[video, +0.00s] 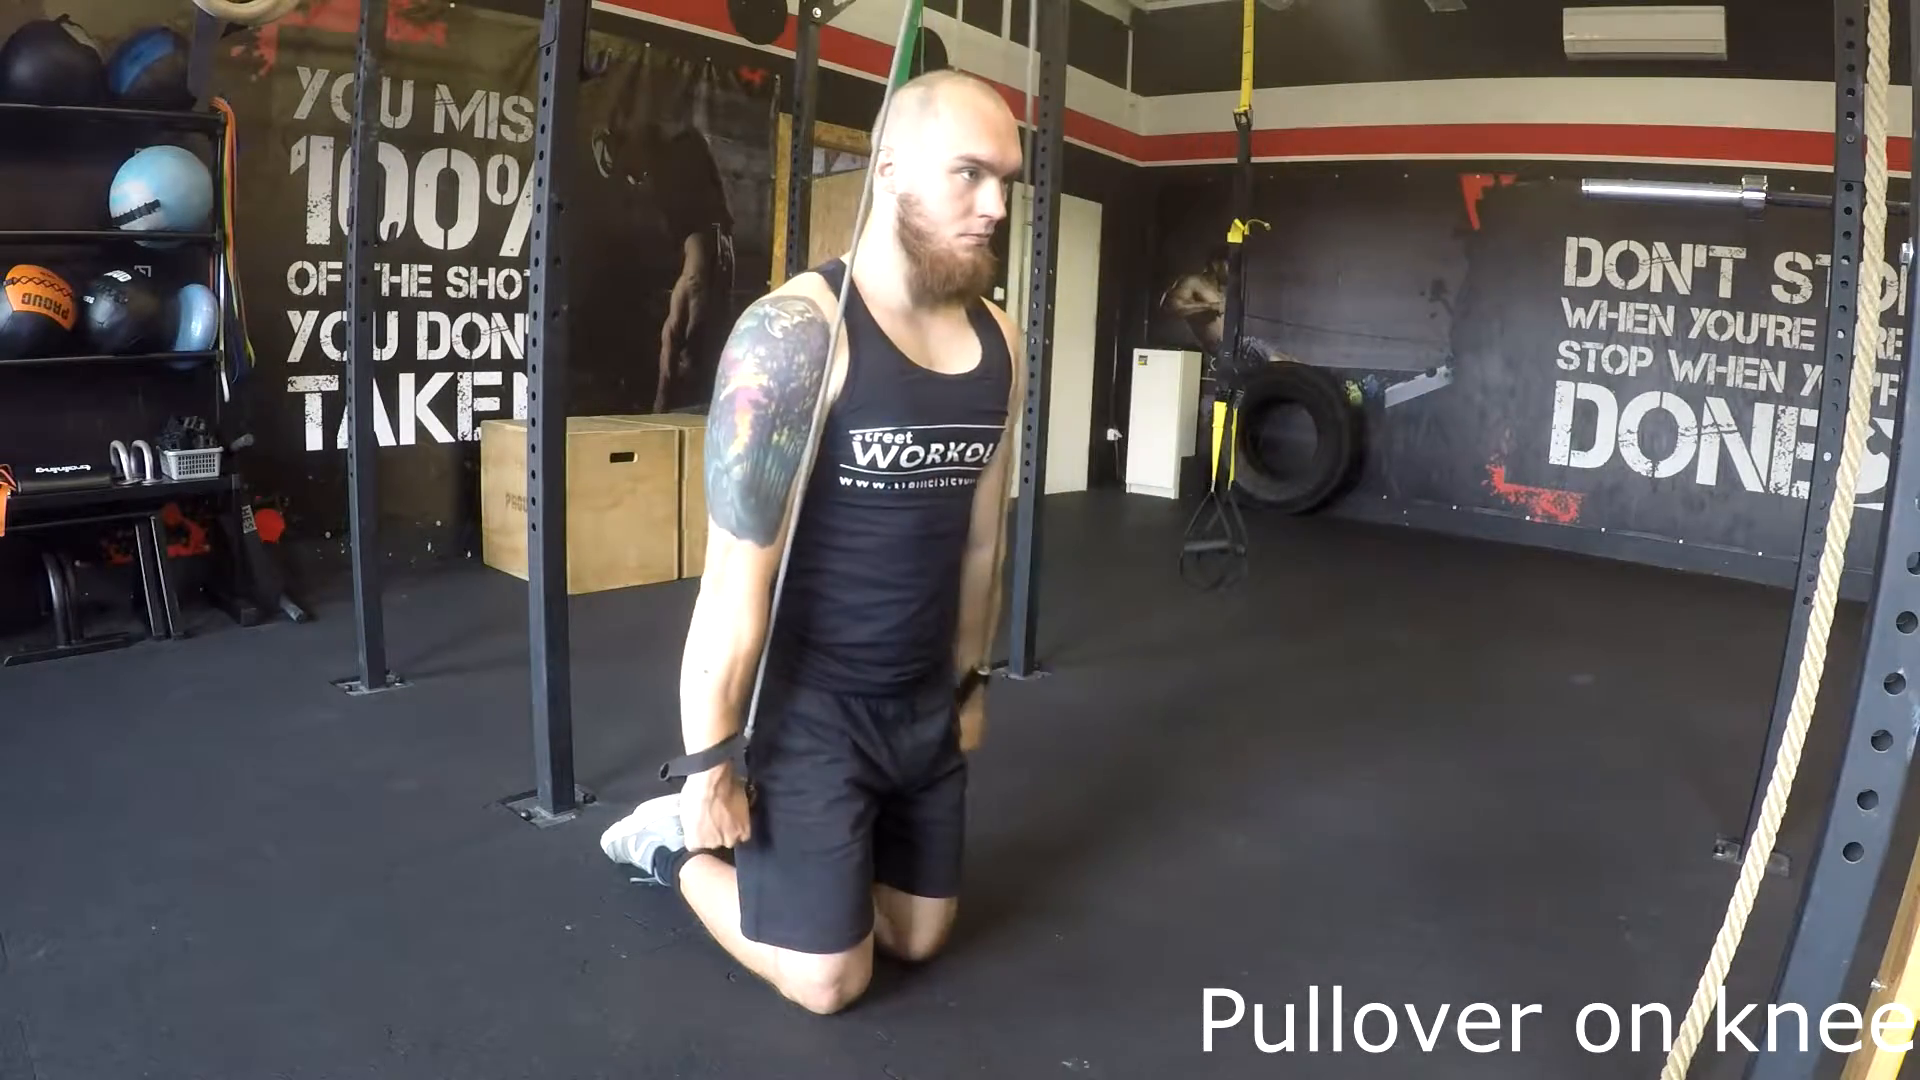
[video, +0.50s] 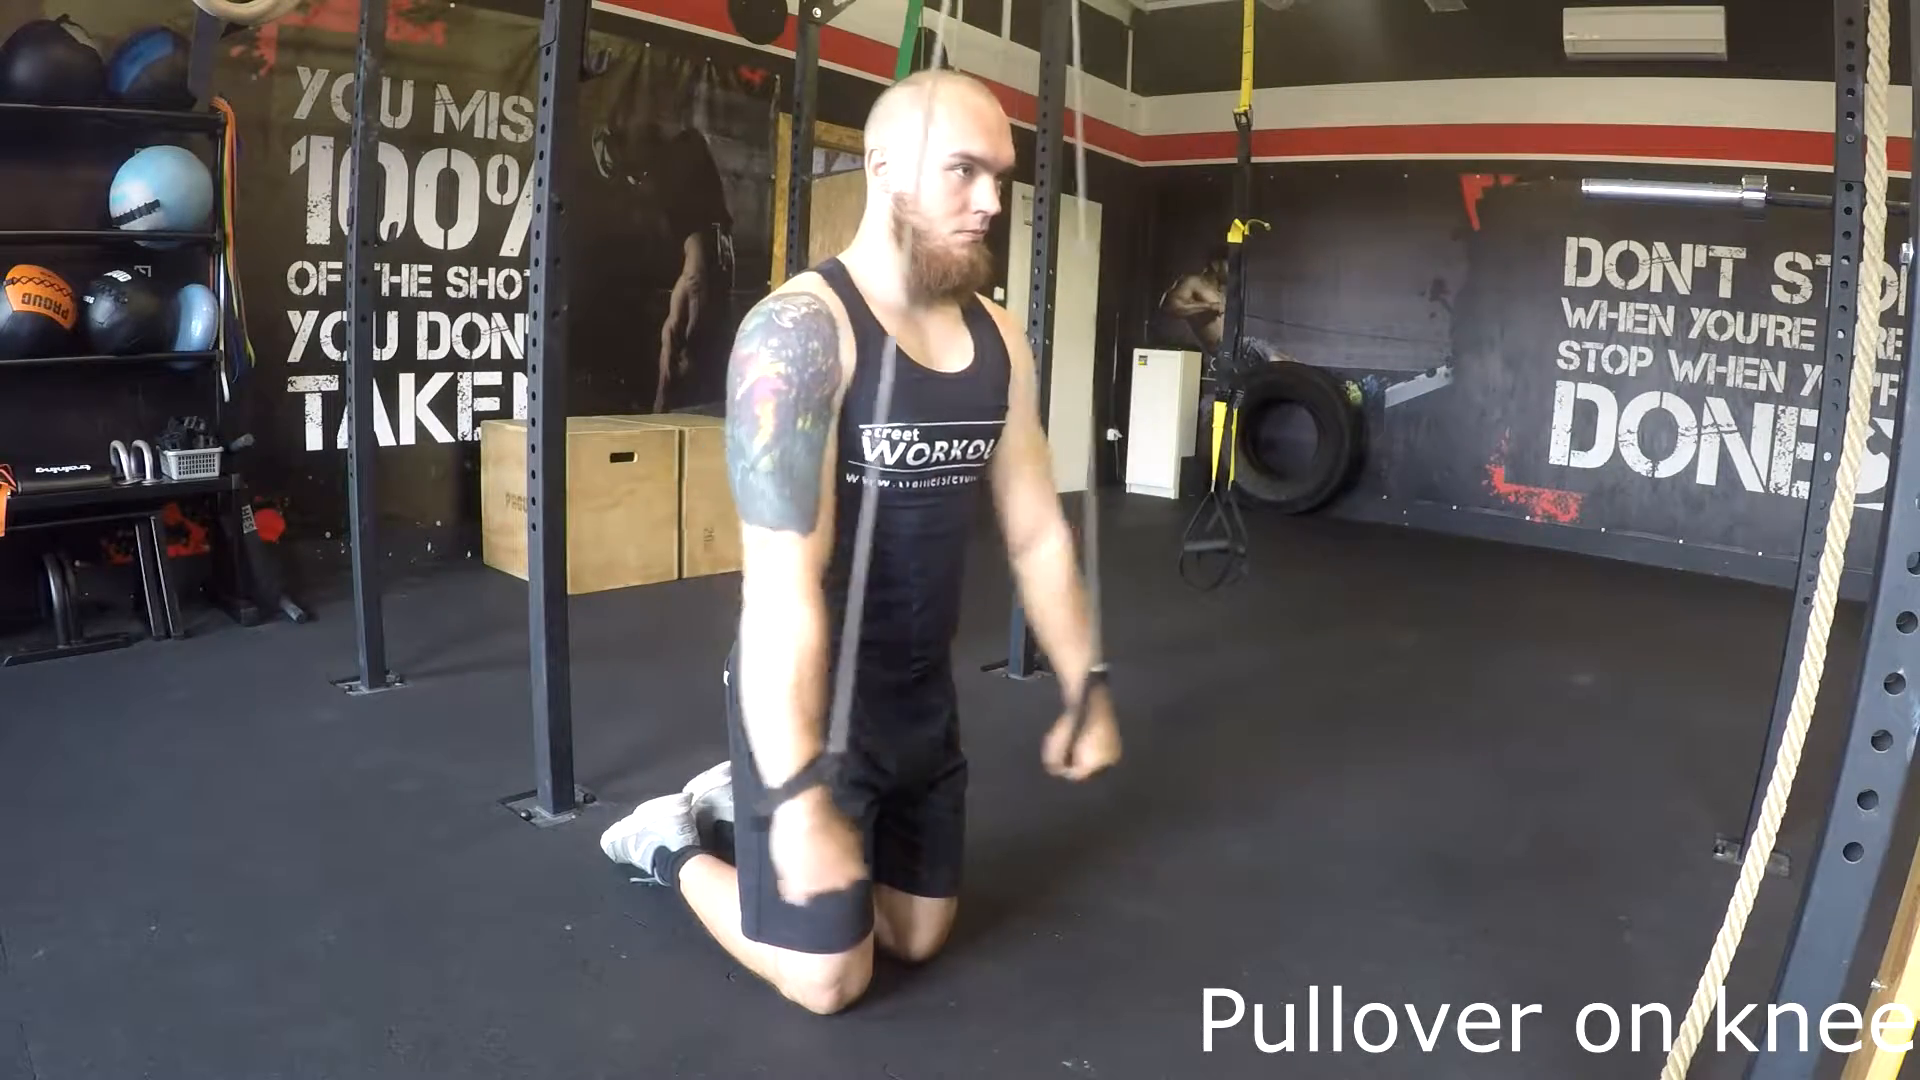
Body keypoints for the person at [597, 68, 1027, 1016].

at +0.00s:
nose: (996, 206)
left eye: (1007, 181)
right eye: (971, 175)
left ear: (1012, 190)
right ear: (891, 174)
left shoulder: (996, 340)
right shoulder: (793, 335)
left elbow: (982, 538)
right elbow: (739, 575)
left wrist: (967, 683)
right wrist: (712, 766)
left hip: (926, 698)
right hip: (805, 704)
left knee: (916, 934)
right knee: (826, 981)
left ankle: (767, 829)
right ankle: (682, 840)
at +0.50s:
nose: (990, 201)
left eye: (1002, 176)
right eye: (964, 169)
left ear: (1007, 186)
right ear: (886, 173)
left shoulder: (996, 337)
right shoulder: (796, 333)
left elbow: (1037, 530)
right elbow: (782, 583)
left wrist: (1084, 679)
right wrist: (801, 793)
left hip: (920, 693)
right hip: (810, 694)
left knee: (916, 932)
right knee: (825, 981)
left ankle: (731, 808)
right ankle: (673, 854)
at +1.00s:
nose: (968, 205)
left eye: (981, 182)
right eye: (944, 174)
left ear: (987, 186)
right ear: (864, 166)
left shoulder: (981, 311)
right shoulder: (784, 305)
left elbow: (1121, 379)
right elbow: (934, 395)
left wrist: (1281, 456)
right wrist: (1128, 449)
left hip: (917, 685)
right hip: (799, 686)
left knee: (916, 932)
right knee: (824, 979)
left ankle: (745, 809)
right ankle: (676, 854)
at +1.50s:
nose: (965, 211)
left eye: (980, 187)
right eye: (941, 180)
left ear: (987, 191)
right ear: (862, 173)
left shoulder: (977, 311)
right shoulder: (782, 303)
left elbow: (1111, 373)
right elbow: (939, 396)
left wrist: (1263, 437)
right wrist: (1138, 446)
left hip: (913, 685)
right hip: (795, 686)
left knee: (916, 932)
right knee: (822, 980)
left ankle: (746, 806)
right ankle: (677, 855)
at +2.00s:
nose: (981, 203)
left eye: (991, 178)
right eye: (953, 171)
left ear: (998, 184)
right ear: (874, 169)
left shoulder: (992, 339)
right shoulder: (788, 333)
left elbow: (1003, 531)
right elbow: (752, 576)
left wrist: (1015, 679)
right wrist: (743, 780)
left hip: (919, 698)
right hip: (801, 707)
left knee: (914, 933)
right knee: (826, 980)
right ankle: (678, 846)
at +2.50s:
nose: (982, 204)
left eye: (992, 180)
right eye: (956, 174)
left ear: (996, 188)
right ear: (877, 175)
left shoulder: (989, 333)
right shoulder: (787, 331)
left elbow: (1007, 528)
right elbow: (754, 570)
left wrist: (1028, 675)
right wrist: (752, 774)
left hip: (918, 697)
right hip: (803, 705)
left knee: (915, 932)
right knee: (826, 980)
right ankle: (680, 848)